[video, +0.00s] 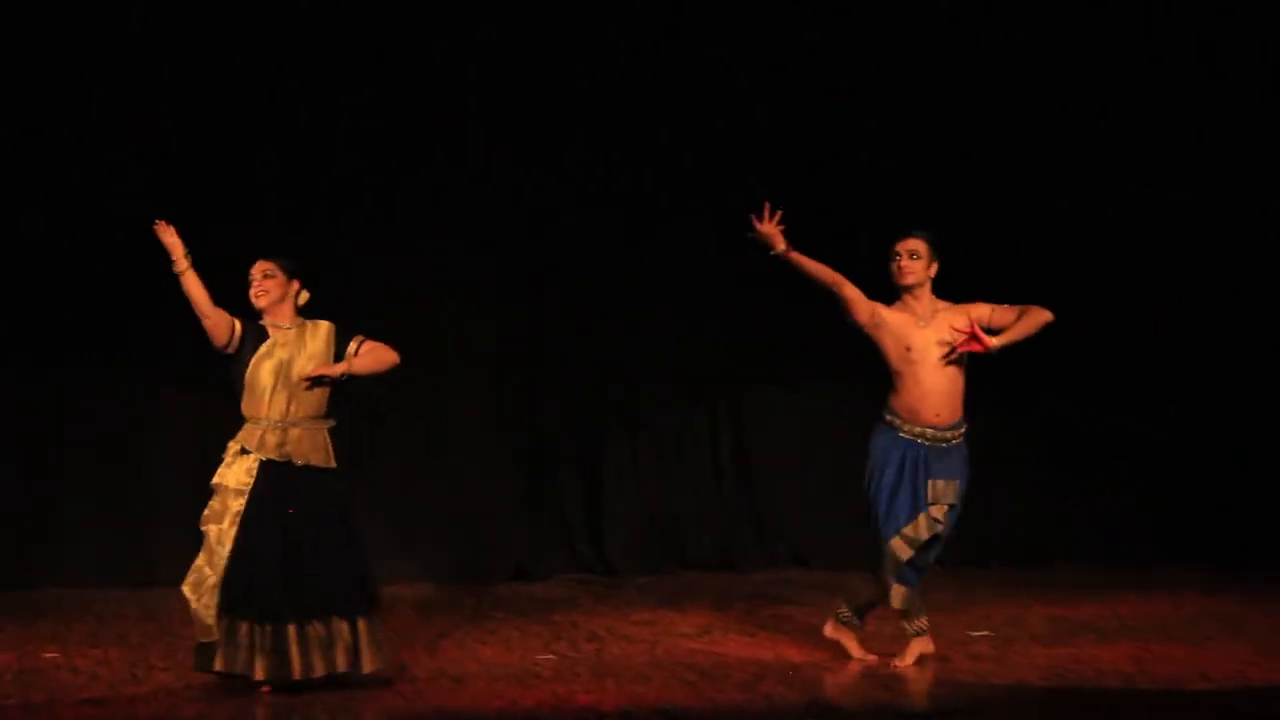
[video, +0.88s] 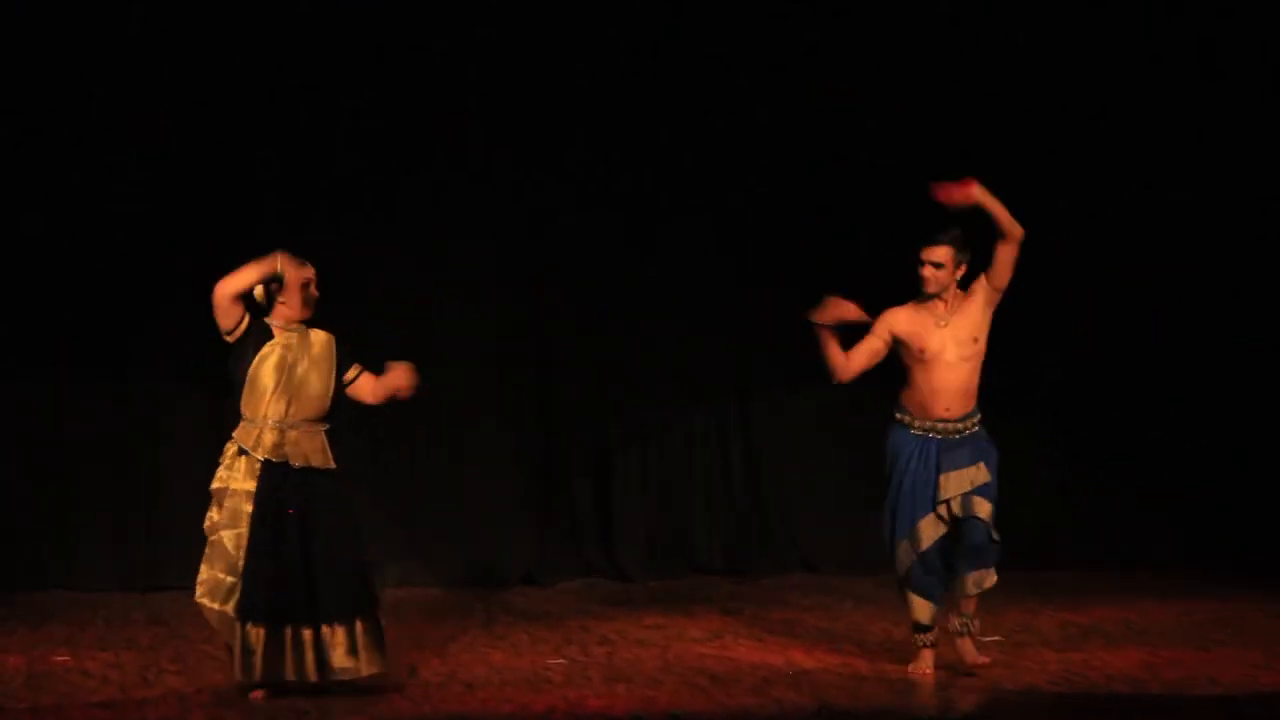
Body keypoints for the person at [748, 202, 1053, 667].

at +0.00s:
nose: (902, 264)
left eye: (912, 257)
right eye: (897, 258)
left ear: (933, 268)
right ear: (892, 270)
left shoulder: (964, 315)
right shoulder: (881, 318)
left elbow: (1040, 315)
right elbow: (837, 283)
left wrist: (998, 340)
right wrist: (783, 251)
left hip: (949, 444)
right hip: (898, 438)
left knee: (928, 538)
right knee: (897, 536)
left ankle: (847, 618)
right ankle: (918, 633)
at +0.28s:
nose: (930, 281)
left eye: (938, 274)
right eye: (921, 274)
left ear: (950, 279)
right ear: (908, 277)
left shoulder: (967, 320)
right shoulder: (887, 323)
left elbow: (1042, 309)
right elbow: (837, 303)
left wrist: (990, 325)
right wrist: (861, 247)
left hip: (949, 449)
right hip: (898, 448)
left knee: (967, 537)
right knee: (905, 547)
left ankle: (899, 559)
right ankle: (914, 640)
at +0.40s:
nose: (940, 291)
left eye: (947, 283)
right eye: (932, 283)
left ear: (954, 280)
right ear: (913, 279)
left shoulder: (966, 313)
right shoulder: (891, 321)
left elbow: (1039, 298)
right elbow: (837, 316)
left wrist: (996, 324)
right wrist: (897, 299)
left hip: (953, 439)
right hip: (901, 439)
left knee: (975, 521)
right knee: (906, 543)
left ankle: (925, 550)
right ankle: (916, 640)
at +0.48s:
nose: (942, 289)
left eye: (950, 281)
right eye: (934, 281)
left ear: (958, 275)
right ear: (915, 274)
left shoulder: (971, 307)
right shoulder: (897, 308)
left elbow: (1044, 303)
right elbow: (841, 320)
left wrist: (1000, 333)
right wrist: (899, 336)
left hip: (958, 431)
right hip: (905, 433)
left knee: (974, 524)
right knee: (907, 538)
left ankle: (938, 583)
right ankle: (917, 640)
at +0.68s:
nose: (948, 289)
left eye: (956, 281)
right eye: (940, 282)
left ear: (964, 273)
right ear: (921, 275)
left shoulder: (977, 304)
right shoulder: (896, 311)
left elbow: (1047, 289)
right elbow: (839, 345)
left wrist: (1007, 321)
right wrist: (898, 356)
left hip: (968, 432)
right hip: (917, 434)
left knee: (972, 536)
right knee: (934, 536)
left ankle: (957, 640)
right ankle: (923, 617)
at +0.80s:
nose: (939, 283)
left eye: (948, 275)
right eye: (931, 274)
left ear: (961, 277)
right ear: (920, 275)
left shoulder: (978, 305)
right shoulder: (897, 320)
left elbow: (1029, 254)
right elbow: (838, 375)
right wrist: (868, 344)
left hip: (966, 437)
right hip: (914, 440)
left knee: (975, 538)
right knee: (924, 544)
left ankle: (960, 630)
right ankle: (927, 645)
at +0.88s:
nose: (925, 272)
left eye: (936, 265)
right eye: (923, 263)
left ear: (959, 269)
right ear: (918, 265)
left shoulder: (981, 302)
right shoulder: (897, 320)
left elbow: (1013, 236)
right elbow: (844, 368)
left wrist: (980, 195)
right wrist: (824, 328)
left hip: (967, 438)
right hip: (914, 440)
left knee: (977, 537)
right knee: (920, 542)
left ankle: (963, 628)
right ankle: (923, 647)